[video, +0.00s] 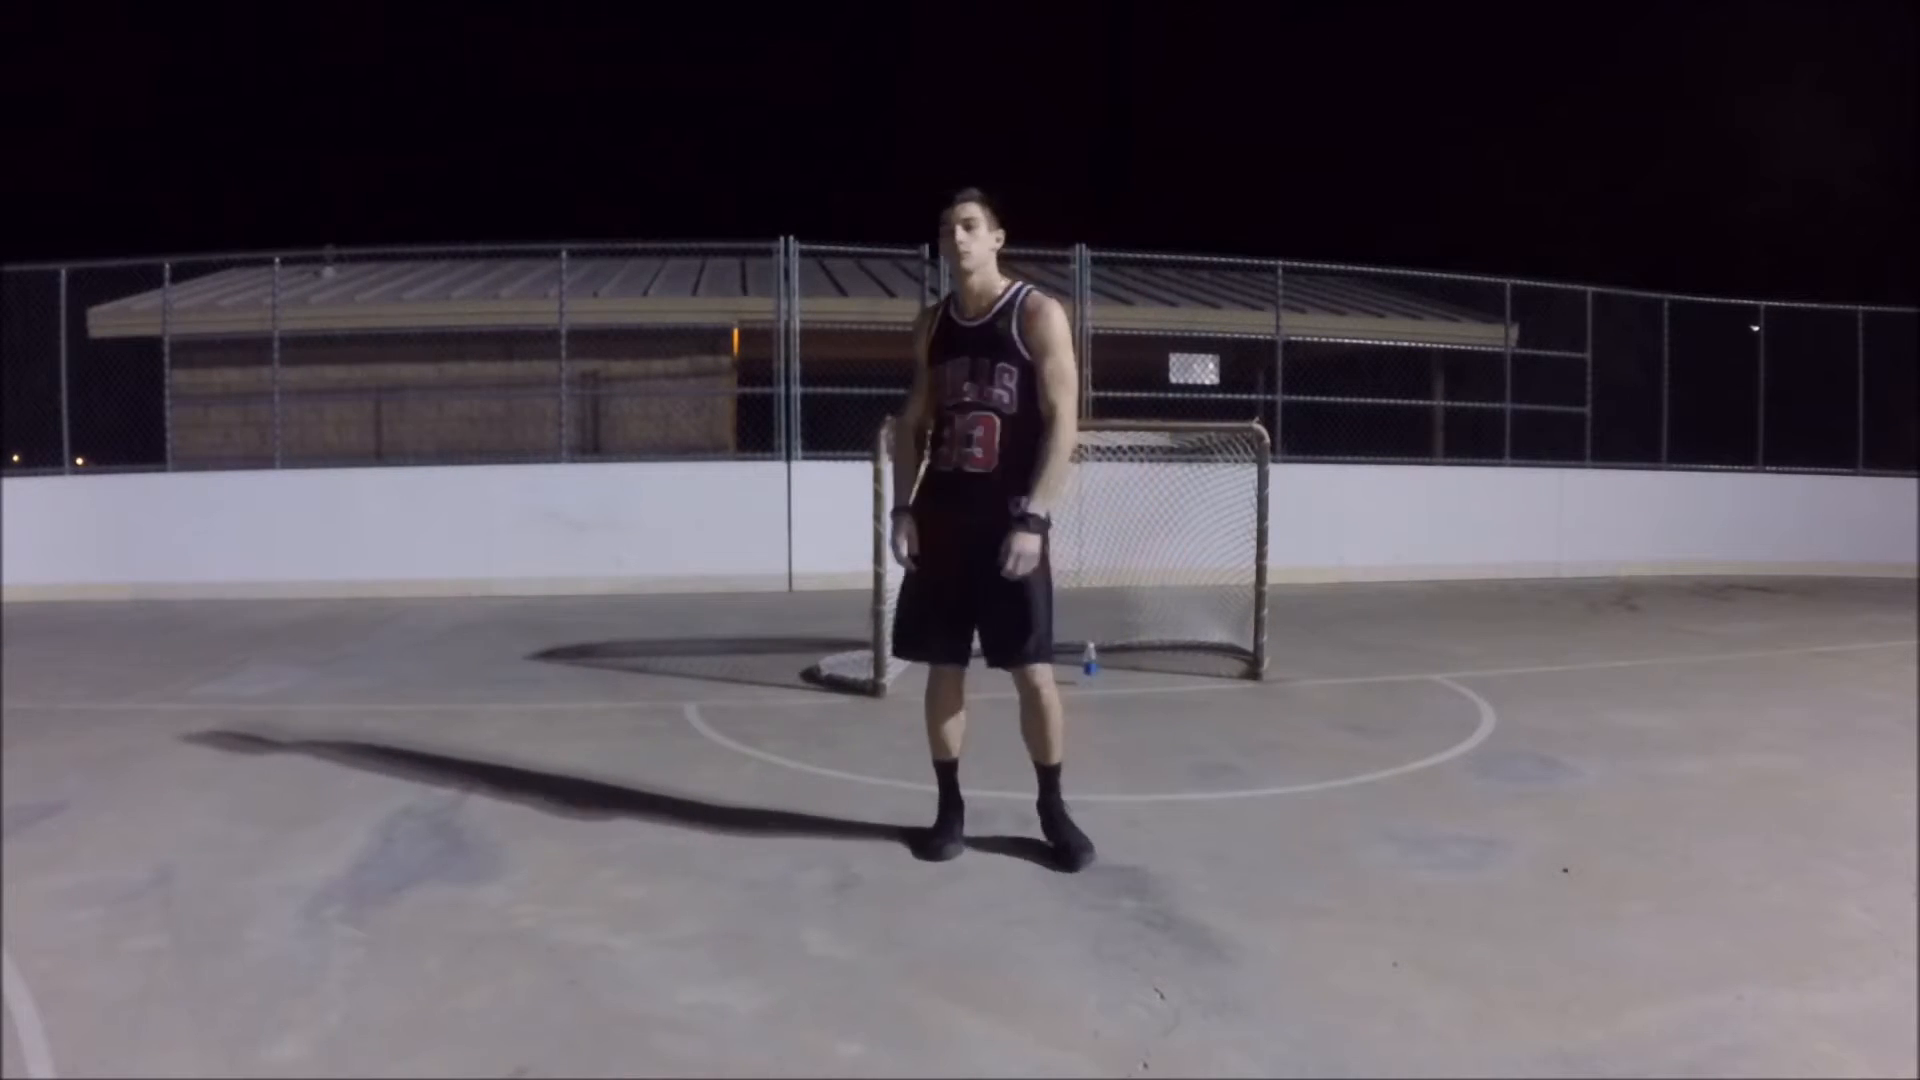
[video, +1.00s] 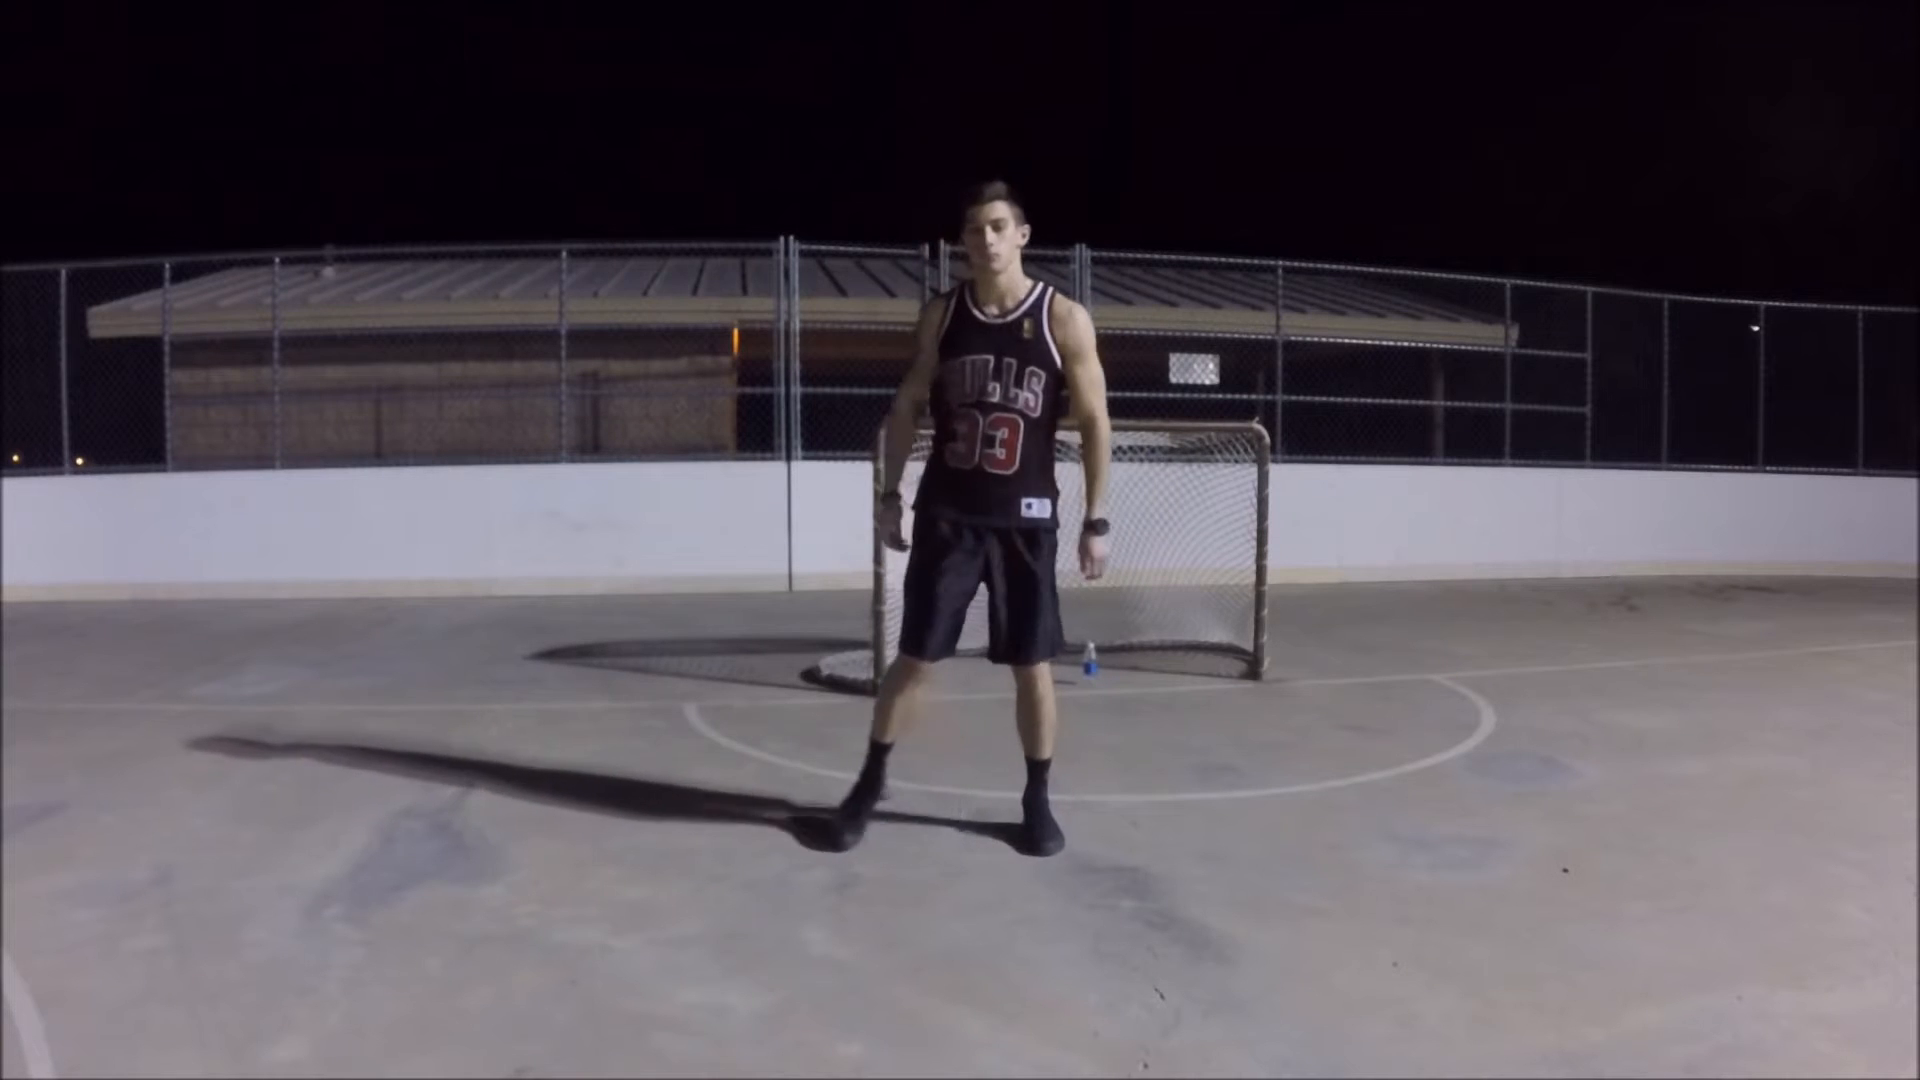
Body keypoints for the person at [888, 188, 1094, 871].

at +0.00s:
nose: (957, 239)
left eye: (969, 227)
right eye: (949, 230)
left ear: (998, 237)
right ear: (941, 245)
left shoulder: (1039, 314)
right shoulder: (935, 321)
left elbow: (1062, 423)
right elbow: (915, 420)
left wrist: (1034, 520)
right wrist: (903, 505)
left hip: (1013, 518)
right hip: (943, 517)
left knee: (1032, 670)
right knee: (944, 667)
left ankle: (1053, 810)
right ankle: (949, 813)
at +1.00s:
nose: (986, 239)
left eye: (997, 226)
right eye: (975, 230)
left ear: (1023, 235)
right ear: (960, 244)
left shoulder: (1064, 318)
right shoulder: (942, 316)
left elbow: (1094, 421)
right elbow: (908, 406)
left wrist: (1095, 520)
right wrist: (888, 490)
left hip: (1026, 523)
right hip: (947, 516)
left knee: (1032, 664)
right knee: (913, 658)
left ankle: (1038, 803)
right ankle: (867, 786)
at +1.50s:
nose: (934, 272)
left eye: (942, 257)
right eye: (920, 261)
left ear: (963, 238)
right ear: (899, 247)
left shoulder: (995, 282)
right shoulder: (869, 286)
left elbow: (1090, 245)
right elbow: (770, 283)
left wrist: (1138, 169)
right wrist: (749, 203)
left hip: (955, 496)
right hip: (885, 498)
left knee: (902, 653)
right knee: (925, 656)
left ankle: (849, 778)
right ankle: (969, 807)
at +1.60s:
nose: (926, 295)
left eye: (935, 280)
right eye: (911, 284)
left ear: (949, 265)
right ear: (887, 276)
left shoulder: (978, 315)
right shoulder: (858, 318)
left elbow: (1077, 273)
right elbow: (758, 303)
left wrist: (1044, 191)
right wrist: (767, 220)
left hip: (935, 525)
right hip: (867, 520)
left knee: (884, 667)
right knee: (916, 655)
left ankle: (826, 794)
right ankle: (909, 806)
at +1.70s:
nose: (897, 299)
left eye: (907, 285)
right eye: (883, 288)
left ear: (928, 264)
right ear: (862, 275)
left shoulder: (961, 305)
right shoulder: (838, 319)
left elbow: (1070, 291)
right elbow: (734, 315)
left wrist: (1009, 258)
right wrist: (768, 246)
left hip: (941, 523)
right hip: (870, 523)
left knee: (930, 678)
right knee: (880, 666)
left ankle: (864, 770)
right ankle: (819, 800)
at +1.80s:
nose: (884, 303)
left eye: (892, 289)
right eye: (870, 293)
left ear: (912, 268)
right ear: (848, 283)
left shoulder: (954, 306)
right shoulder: (827, 325)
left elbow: (1063, 294)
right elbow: (727, 316)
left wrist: (1027, 264)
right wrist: (756, 249)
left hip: (950, 523)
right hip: (867, 533)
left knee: (969, 647)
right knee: (837, 680)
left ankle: (960, 749)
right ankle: (799, 821)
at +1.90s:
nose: (890, 290)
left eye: (900, 276)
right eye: (876, 280)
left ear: (919, 256)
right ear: (855, 269)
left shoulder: (958, 290)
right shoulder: (836, 309)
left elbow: (1067, 298)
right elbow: (737, 333)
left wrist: (1036, 248)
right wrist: (737, 259)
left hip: (956, 492)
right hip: (882, 499)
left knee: (945, 623)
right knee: (878, 658)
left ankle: (954, 787)